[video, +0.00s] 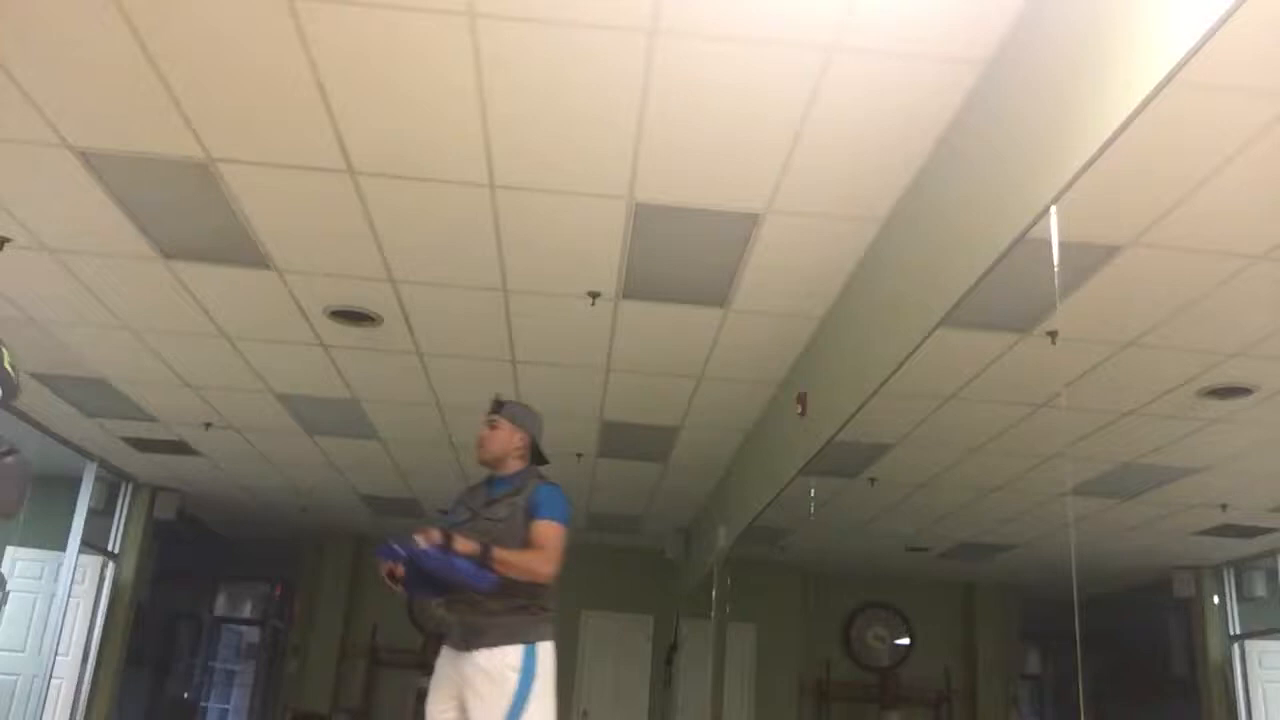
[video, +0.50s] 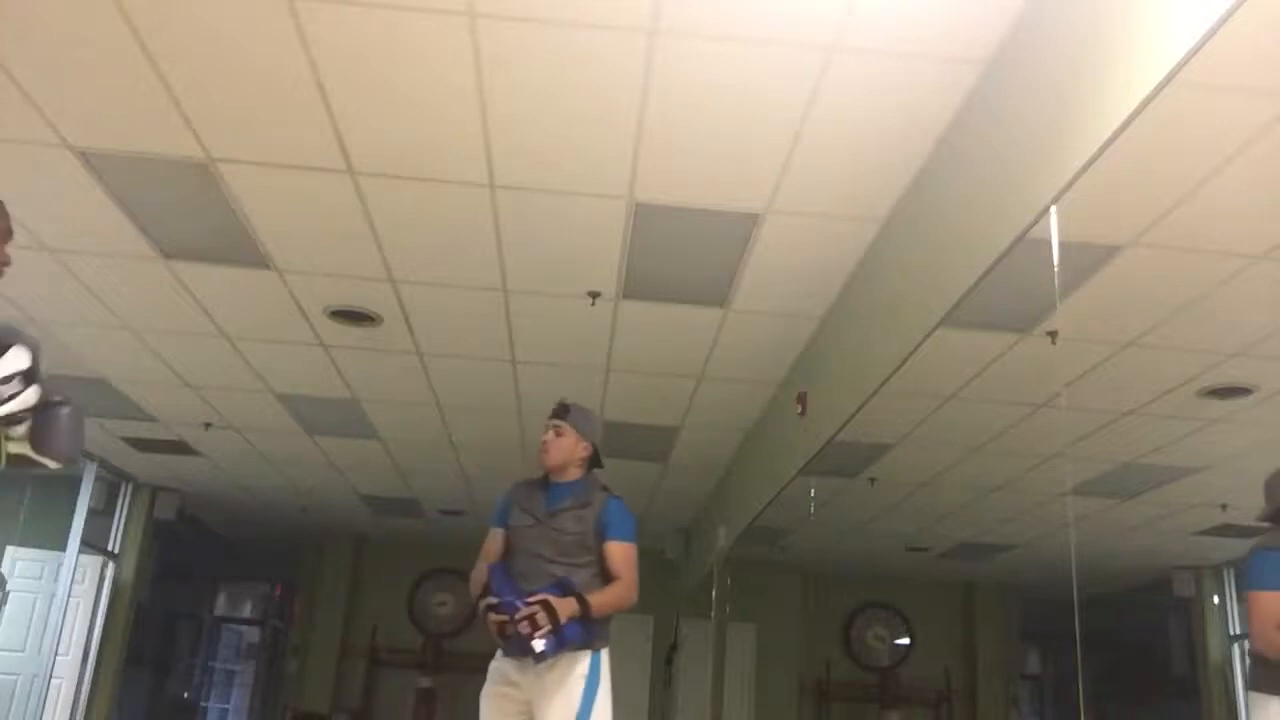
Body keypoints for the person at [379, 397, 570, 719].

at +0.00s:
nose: (481, 433)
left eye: (492, 425)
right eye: (484, 426)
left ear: (521, 440)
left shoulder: (544, 494)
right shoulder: (471, 496)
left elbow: (545, 566)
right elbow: (445, 552)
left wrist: (476, 550)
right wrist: (406, 570)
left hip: (513, 653)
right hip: (456, 649)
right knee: (440, 712)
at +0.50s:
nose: (545, 438)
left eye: (557, 432)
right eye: (546, 431)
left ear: (584, 448)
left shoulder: (608, 509)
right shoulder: (517, 497)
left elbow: (626, 590)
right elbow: (485, 565)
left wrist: (569, 607)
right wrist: (488, 607)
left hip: (574, 667)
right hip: (511, 662)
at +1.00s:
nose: (548, 437)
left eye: (561, 431)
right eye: (547, 430)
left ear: (587, 447)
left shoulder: (605, 506)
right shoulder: (518, 499)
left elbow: (620, 587)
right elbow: (488, 567)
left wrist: (555, 593)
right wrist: (485, 603)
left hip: (569, 664)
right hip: (507, 660)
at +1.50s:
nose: (502, 433)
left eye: (515, 426)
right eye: (501, 426)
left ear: (540, 442)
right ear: (498, 435)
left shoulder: (556, 495)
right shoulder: (480, 497)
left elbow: (563, 573)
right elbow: (450, 556)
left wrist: (489, 572)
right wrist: (438, 578)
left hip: (516, 657)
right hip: (455, 651)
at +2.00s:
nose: (463, 428)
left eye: (476, 420)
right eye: (460, 420)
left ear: (500, 437)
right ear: (455, 429)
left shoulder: (516, 489)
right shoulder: (434, 488)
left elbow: (528, 566)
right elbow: (401, 550)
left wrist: (482, 516)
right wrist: (389, 587)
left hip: (477, 632)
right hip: (422, 631)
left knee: (460, 713)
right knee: (411, 713)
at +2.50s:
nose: (443, 408)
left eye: (457, 403)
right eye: (441, 401)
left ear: (480, 424)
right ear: (432, 413)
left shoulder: (489, 488)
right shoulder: (404, 476)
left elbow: (506, 575)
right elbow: (366, 542)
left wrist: (442, 572)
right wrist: (347, 581)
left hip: (445, 640)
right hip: (390, 637)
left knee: (427, 712)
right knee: (387, 712)